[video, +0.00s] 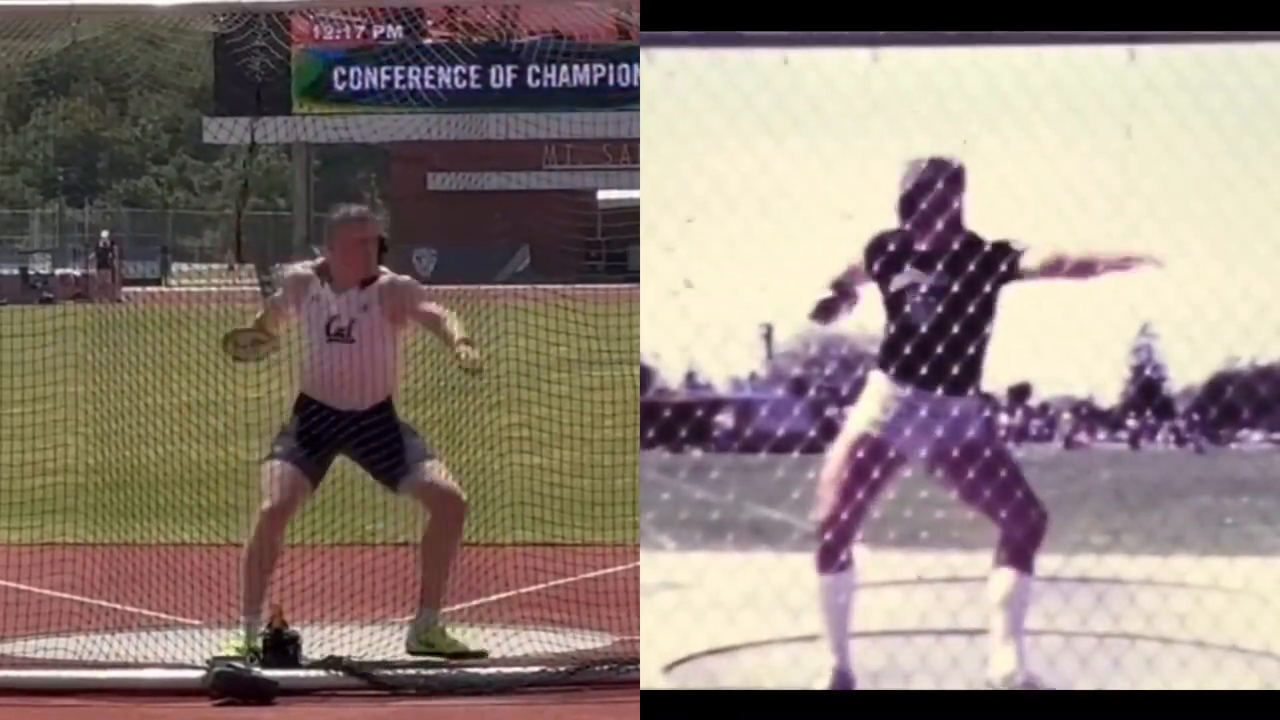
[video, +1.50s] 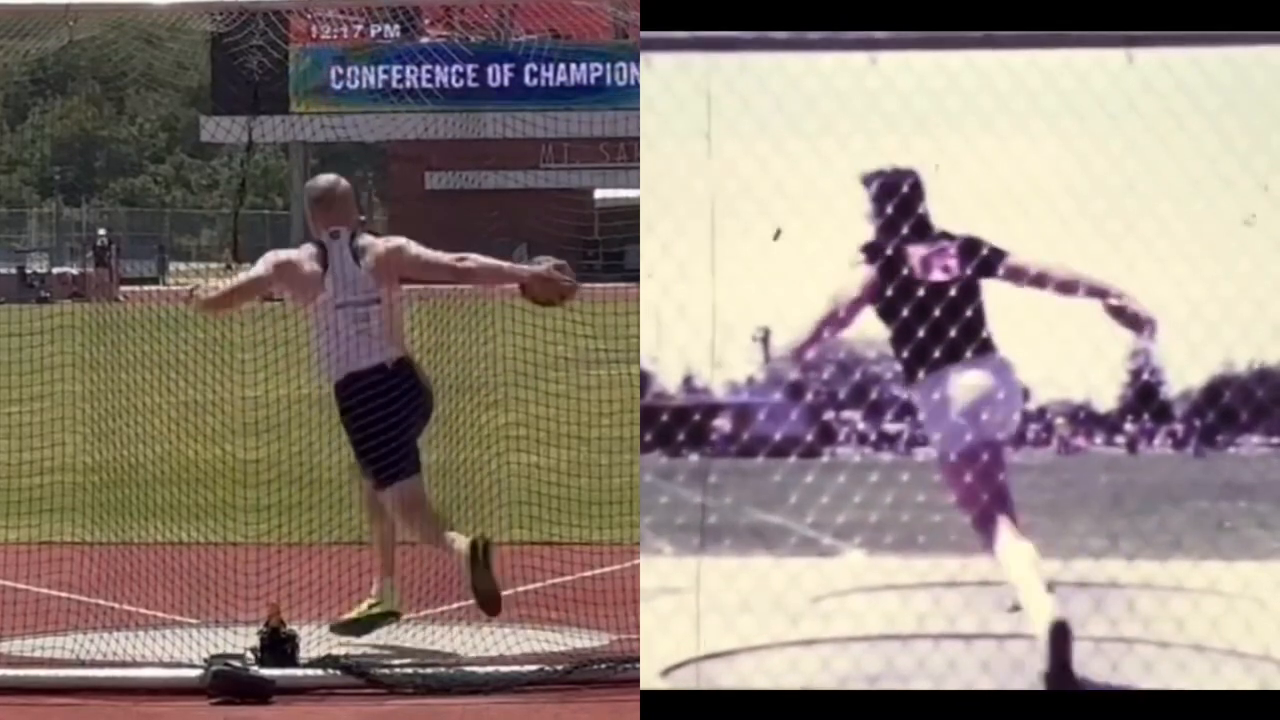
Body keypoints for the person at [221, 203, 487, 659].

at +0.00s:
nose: (367, 254)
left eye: (373, 244)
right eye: (356, 244)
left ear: (379, 246)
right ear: (329, 248)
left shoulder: (392, 288)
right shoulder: (302, 282)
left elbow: (436, 316)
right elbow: (273, 315)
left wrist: (458, 343)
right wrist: (259, 337)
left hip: (377, 422)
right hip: (313, 421)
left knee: (450, 504)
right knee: (274, 510)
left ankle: (426, 627)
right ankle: (248, 633)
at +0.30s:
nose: (432, 262)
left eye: (431, 255)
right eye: (425, 254)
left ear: (411, 259)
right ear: (396, 259)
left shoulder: (436, 302)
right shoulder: (342, 300)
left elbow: (500, 327)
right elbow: (267, 330)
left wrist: (557, 354)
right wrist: (210, 361)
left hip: (377, 449)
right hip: (335, 430)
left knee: (457, 517)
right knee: (337, 512)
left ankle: (441, 619)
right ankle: (224, 582)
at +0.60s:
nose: (454, 282)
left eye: (454, 272)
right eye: (448, 272)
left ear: (433, 277)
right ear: (420, 274)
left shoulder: (444, 319)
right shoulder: (366, 311)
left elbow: (504, 346)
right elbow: (292, 345)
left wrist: (571, 371)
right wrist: (225, 378)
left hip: (376, 446)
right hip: (351, 432)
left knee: (439, 537)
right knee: (387, 510)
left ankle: (438, 628)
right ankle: (310, 580)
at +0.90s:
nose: (453, 284)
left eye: (453, 274)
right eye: (451, 273)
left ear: (414, 267)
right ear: (437, 272)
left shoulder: (394, 305)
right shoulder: (400, 313)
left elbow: (416, 359)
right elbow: (355, 346)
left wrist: (449, 387)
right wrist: (317, 385)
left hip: (326, 433)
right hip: (359, 420)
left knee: (403, 532)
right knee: (456, 492)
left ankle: (432, 629)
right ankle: (509, 601)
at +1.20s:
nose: (400, 237)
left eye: (396, 230)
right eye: (399, 230)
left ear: (355, 232)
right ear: (394, 231)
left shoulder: (323, 273)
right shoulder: (393, 271)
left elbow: (252, 304)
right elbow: (424, 306)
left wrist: (260, 326)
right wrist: (464, 333)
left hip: (336, 404)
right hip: (389, 394)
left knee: (384, 516)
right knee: (447, 474)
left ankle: (429, 610)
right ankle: (454, 602)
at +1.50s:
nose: (339, 216)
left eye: (319, 209)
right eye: (350, 206)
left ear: (310, 216)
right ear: (356, 211)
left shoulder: (288, 264)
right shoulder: (384, 252)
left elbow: (221, 299)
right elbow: (460, 265)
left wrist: (199, 296)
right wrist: (528, 273)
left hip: (361, 398)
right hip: (407, 385)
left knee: (413, 513)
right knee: (375, 486)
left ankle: (465, 549)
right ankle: (385, 596)